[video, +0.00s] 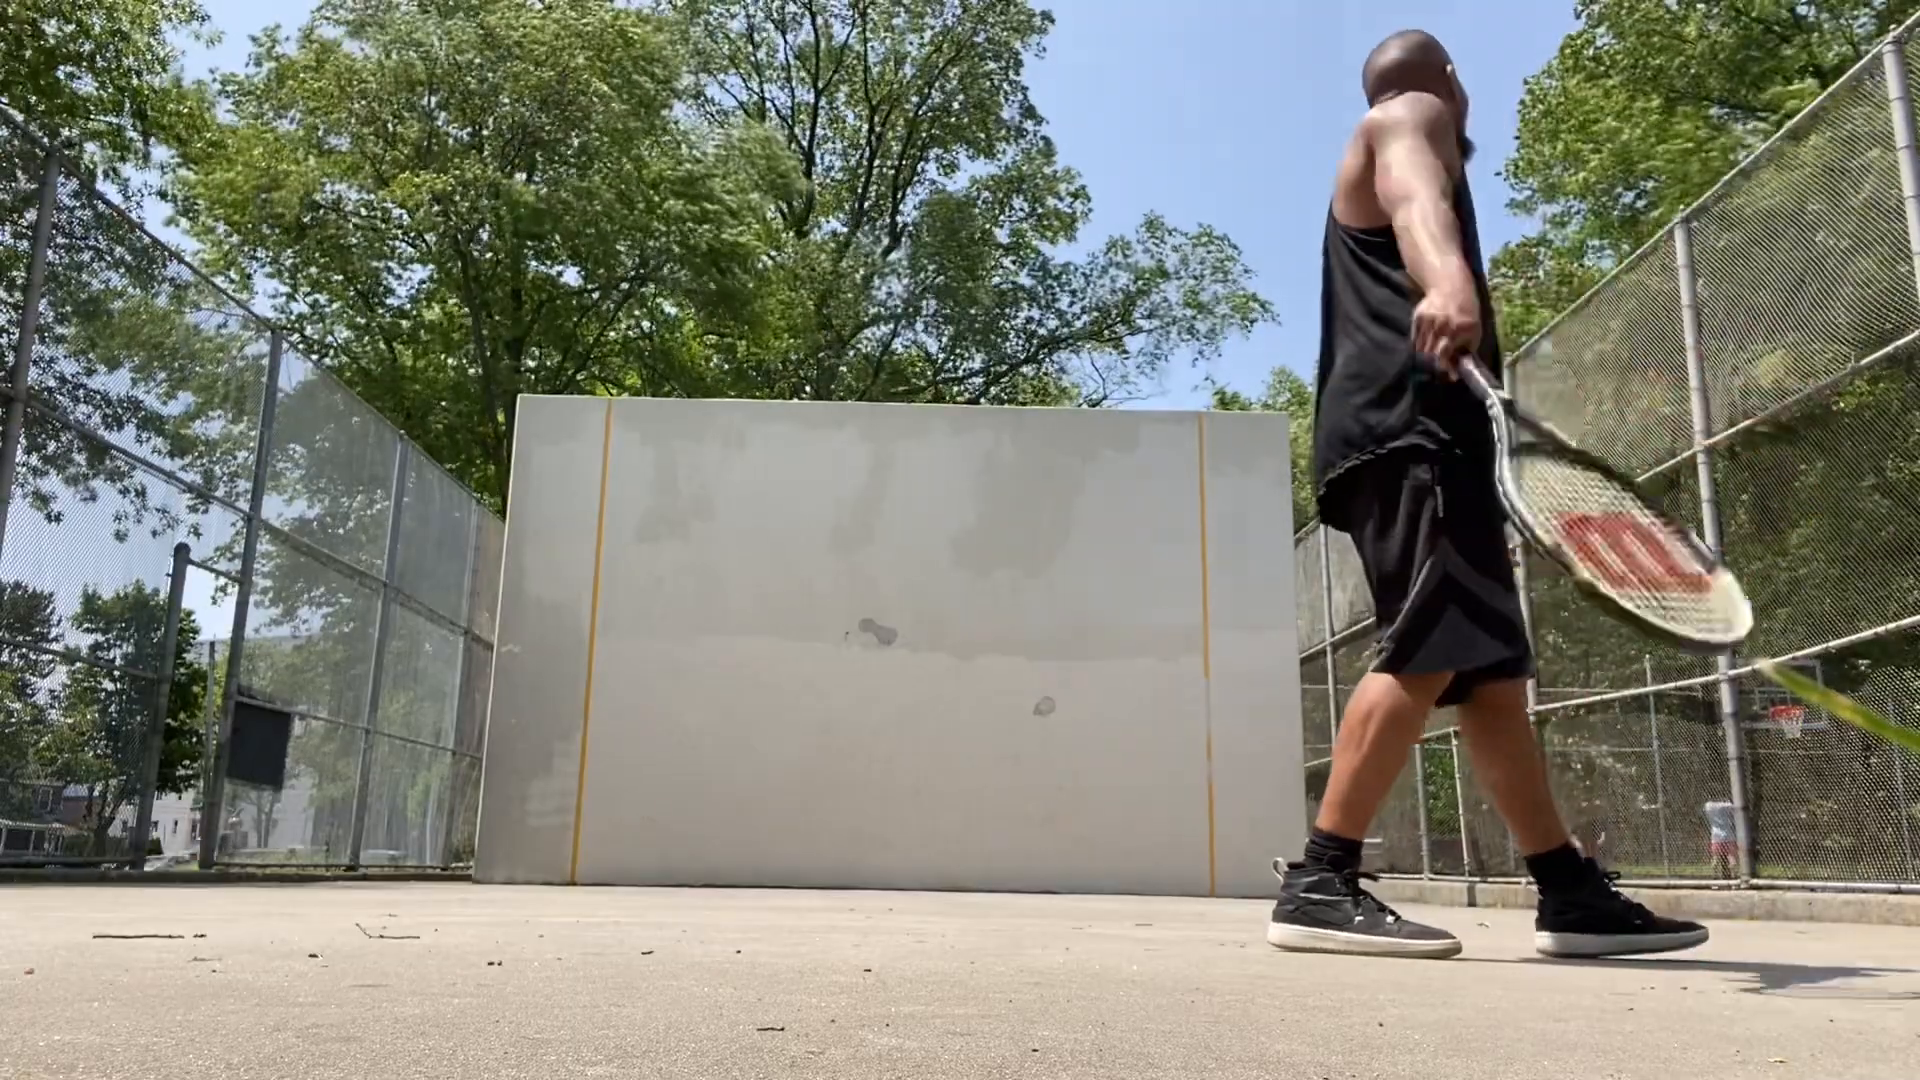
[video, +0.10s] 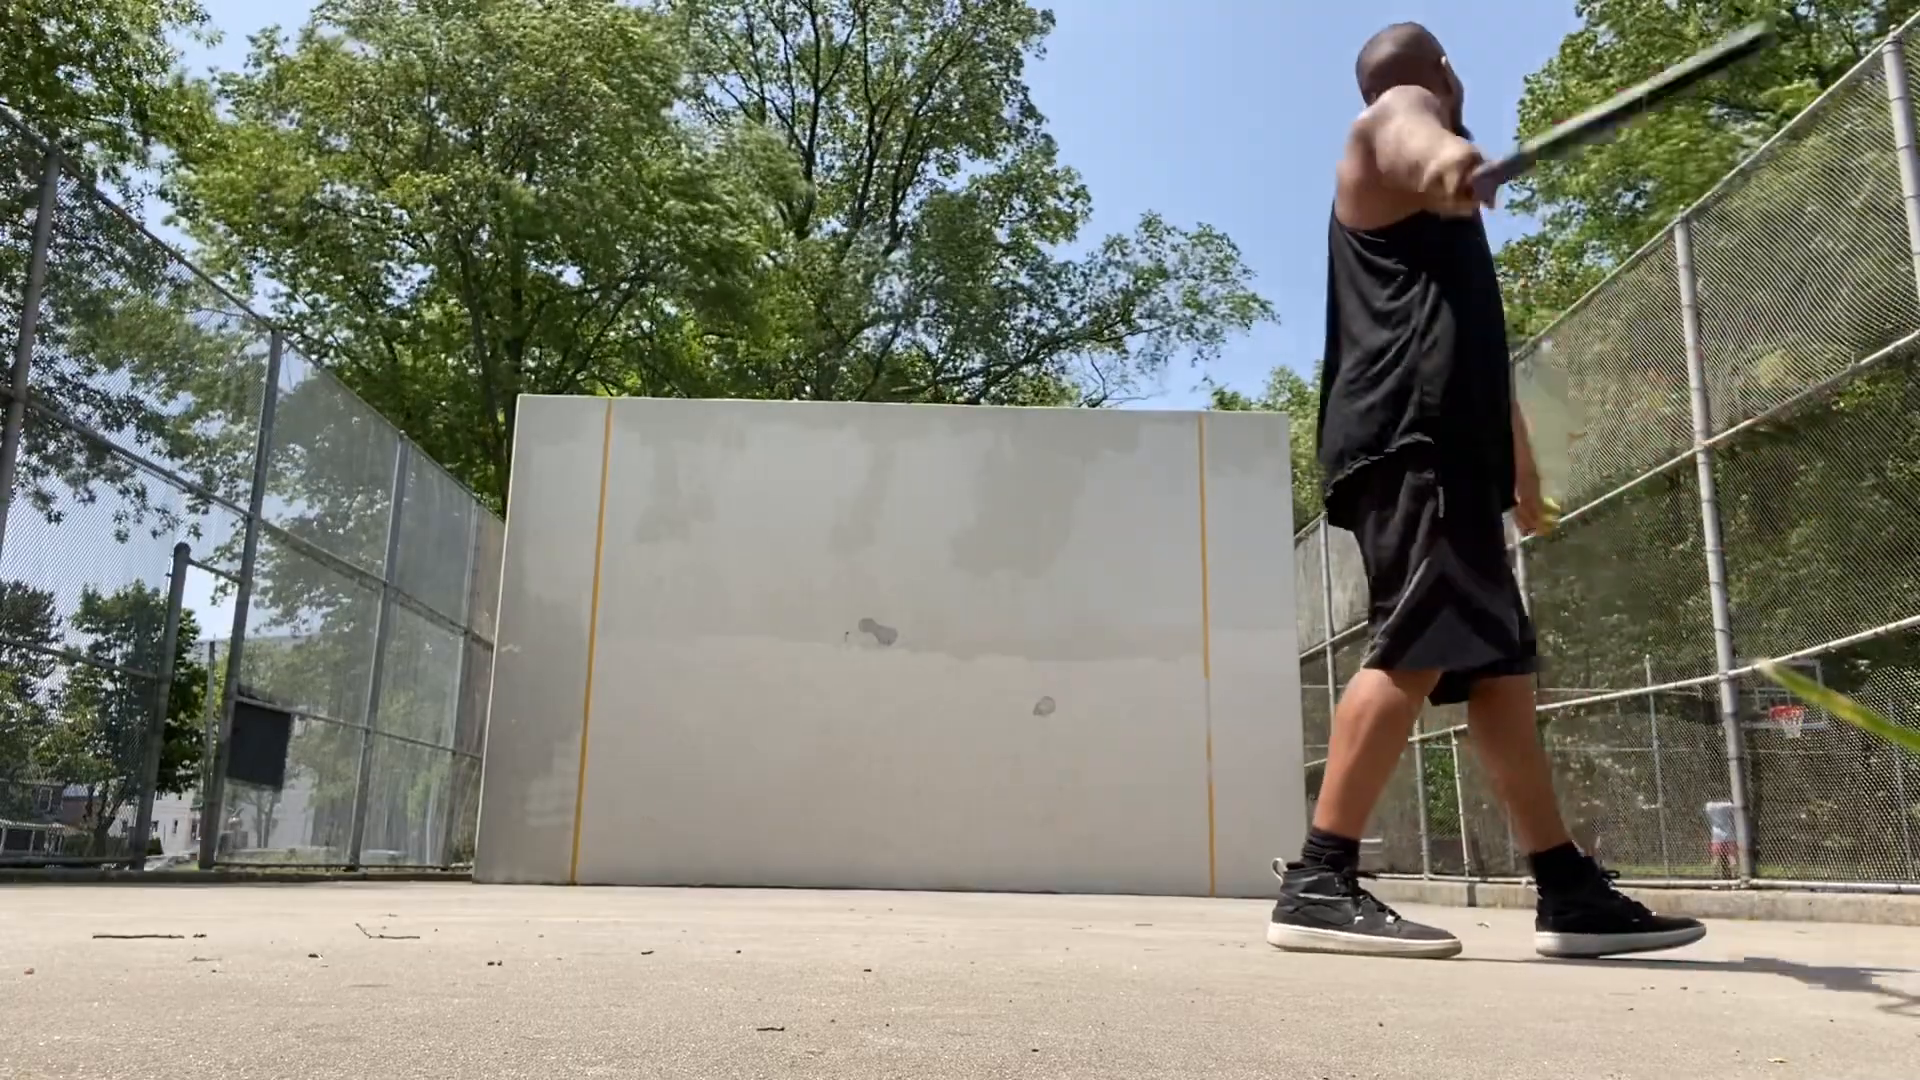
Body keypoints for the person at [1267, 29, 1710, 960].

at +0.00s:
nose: (1466, 96)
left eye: (1460, 85)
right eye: (1460, 81)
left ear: (1382, 88)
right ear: (1438, 73)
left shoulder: (1392, 155)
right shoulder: (1413, 111)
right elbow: (1413, 201)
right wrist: (1449, 279)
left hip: (1426, 438)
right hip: (1405, 429)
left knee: (1489, 664)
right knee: (1427, 644)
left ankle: (1570, 892)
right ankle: (1321, 881)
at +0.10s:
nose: (1461, 88)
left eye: (1453, 78)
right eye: (1455, 74)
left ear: (1373, 83)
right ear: (1440, 69)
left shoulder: (1405, 165)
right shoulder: (1396, 111)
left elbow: (1468, 350)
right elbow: (1421, 148)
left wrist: (1521, 469)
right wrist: (1456, 160)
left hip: (1447, 452)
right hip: (1407, 441)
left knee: (1500, 669)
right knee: (1413, 646)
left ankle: (1569, 893)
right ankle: (1319, 881)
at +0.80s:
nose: (1627, 144)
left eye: (1622, 135)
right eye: (1613, 134)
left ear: (1537, 169)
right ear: (1601, 146)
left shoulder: (1548, 246)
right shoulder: (1592, 217)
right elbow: (1635, 189)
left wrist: (1606, 99)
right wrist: (1615, 89)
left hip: (1569, 490)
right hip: (1664, 474)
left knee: (1631, 687)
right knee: (1768, 662)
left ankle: (1577, 877)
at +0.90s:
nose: (1654, 165)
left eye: (1641, 157)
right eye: (1638, 158)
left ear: (1563, 200)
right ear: (1630, 172)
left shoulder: (1560, 282)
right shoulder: (1633, 238)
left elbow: (1511, 374)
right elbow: (1703, 230)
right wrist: (1645, 116)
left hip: (1610, 520)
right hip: (1714, 498)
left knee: (1651, 708)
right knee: (1820, 692)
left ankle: (1585, 855)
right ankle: (1858, 899)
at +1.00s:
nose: (1619, 182)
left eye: (1608, 176)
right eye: (1609, 177)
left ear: (1550, 220)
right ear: (1601, 189)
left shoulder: (1547, 307)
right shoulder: (1667, 224)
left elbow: (1481, 418)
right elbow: (1810, 163)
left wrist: (1446, 545)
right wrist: (1695, 102)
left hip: (1654, 504)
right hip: (1764, 477)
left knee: (1671, 686)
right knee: (1839, 678)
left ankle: (1613, 846)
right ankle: (1863, 903)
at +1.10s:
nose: (1507, 246)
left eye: (1505, 235)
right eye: (1510, 231)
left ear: (1515, 233)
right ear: (1579, 201)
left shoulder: (1532, 299)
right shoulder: (1657, 215)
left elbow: (1550, 380)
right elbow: (1736, 158)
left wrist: (1523, 504)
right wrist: (1700, 70)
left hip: (1667, 454)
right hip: (1771, 408)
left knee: (1674, 655)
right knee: (1832, 629)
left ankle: (1703, 849)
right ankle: (1890, 861)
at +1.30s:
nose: (1504, 255)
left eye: (1507, 242)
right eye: (1507, 242)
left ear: (1528, 243)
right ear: (1585, 241)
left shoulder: (1563, 298)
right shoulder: (1630, 288)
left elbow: (1664, 370)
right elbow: (1566, 402)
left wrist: (1630, 502)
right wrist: (1510, 464)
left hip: (1701, 480)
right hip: (1780, 447)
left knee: (1688, 696)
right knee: (1863, 621)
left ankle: (1746, 904)